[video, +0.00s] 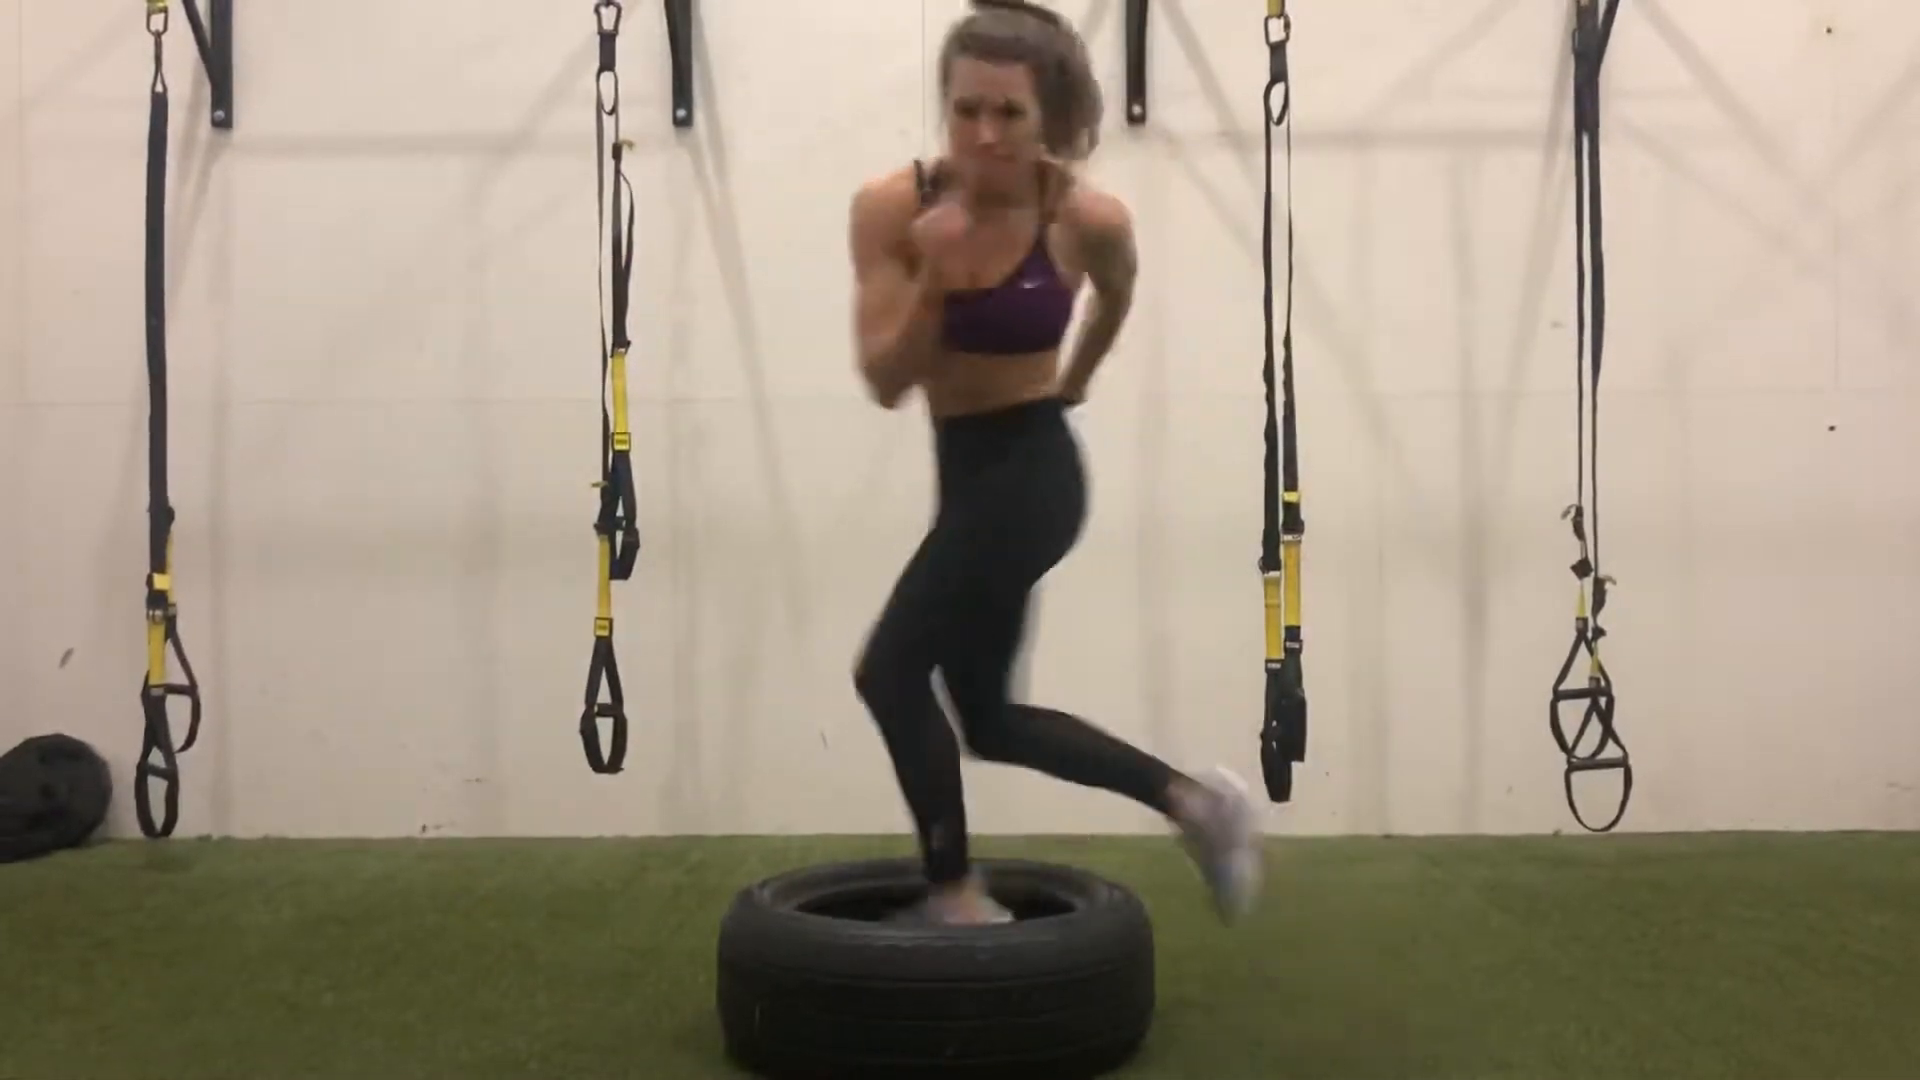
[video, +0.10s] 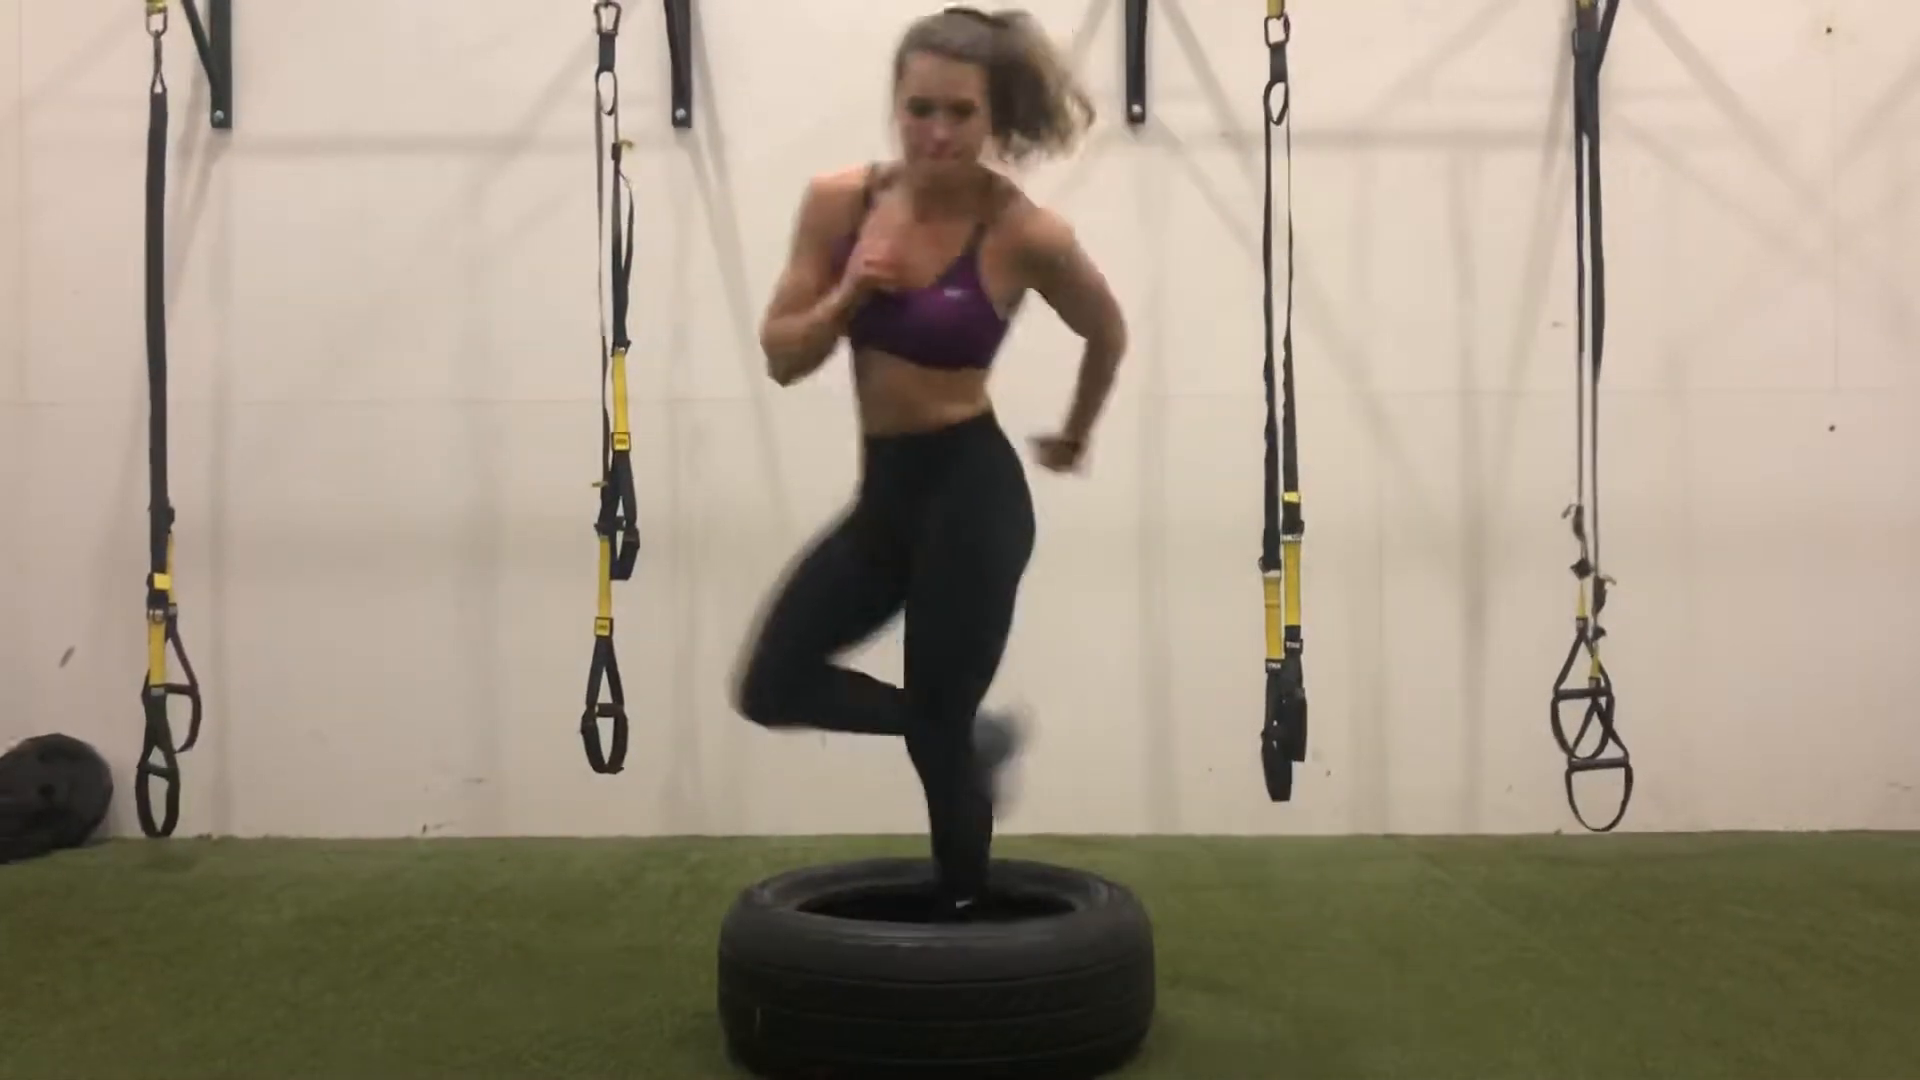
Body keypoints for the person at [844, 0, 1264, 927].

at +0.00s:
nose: (983, 134)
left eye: (1006, 113)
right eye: (966, 111)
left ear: (1051, 118)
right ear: (944, 109)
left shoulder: (1087, 222)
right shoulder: (891, 208)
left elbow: (1114, 297)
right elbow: (884, 383)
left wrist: (1073, 378)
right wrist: (933, 283)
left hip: (1032, 477)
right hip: (970, 481)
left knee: (889, 677)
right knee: (987, 722)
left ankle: (956, 899)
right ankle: (1197, 804)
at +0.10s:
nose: (935, 132)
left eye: (958, 112)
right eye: (918, 109)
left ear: (998, 119)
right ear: (895, 108)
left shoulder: (1024, 235)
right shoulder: (841, 202)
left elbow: (1108, 334)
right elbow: (782, 354)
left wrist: (1076, 433)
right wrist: (845, 299)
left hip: (972, 496)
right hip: (887, 496)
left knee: (937, 731)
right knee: (772, 688)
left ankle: (962, 945)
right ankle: (965, 735)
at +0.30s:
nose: (863, 176)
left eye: (884, 156)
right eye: (845, 151)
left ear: (914, 155)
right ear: (813, 140)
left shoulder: (929, 258)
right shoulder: (755, 233)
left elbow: (1035, 358)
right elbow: (708, 396)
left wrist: (1054, 436)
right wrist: (819, 339)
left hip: (843, 483)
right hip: (739, 484)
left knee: (776, 572)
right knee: (654, 726)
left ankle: (859, 720)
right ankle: (600, 938)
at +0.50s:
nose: (848, 191)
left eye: (868, 170)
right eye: (830, 168)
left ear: (899, 165)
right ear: (796, 155)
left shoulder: (922, 276)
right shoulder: (735, 257)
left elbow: (940, 424)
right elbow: (628, 365)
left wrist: (894, 448)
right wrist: (539, 483)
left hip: (808, 536)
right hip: (710, 504)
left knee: (731, 784)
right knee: (649, 729)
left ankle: (569, 962)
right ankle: (517, 831)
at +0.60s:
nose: (848, 194)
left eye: (868, 173)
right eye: (829, 172)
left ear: (902, 169)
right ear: (799, 168)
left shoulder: (941, 254)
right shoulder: (757, 259)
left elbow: (1003, 381)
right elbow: (643, 293)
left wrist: (894, 358)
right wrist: (559, 295)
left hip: (816, 531)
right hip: (737, 503)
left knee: (703, 785)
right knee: (837, 682)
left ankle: (547, 966)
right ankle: (612, 684)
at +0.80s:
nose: (952, 128)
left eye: (970, 103)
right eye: (930, 106)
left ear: (997, 97)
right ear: (891, 101)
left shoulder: (1021, 159)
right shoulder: (852, 193)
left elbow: (980, 281)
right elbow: (771, 285)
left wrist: (826, 261)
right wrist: (755, 290)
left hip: (944, 487)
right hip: (883, 483)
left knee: (960, 730)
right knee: (1006, 700)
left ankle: (758, 727)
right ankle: (958, 923)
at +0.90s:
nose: (996, 139)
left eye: (1015, 117)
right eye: (976, 117)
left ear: (1046, 108)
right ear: (946, 111)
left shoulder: (1078, 175)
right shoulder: (907, 221)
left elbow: (1069, 293)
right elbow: (800, 334)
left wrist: (941, 321)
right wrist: (701, 406)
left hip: (1024, 504)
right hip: (939, 504)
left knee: (1137, 699)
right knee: (997, 735)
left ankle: (988, 686)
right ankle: (950, 947)